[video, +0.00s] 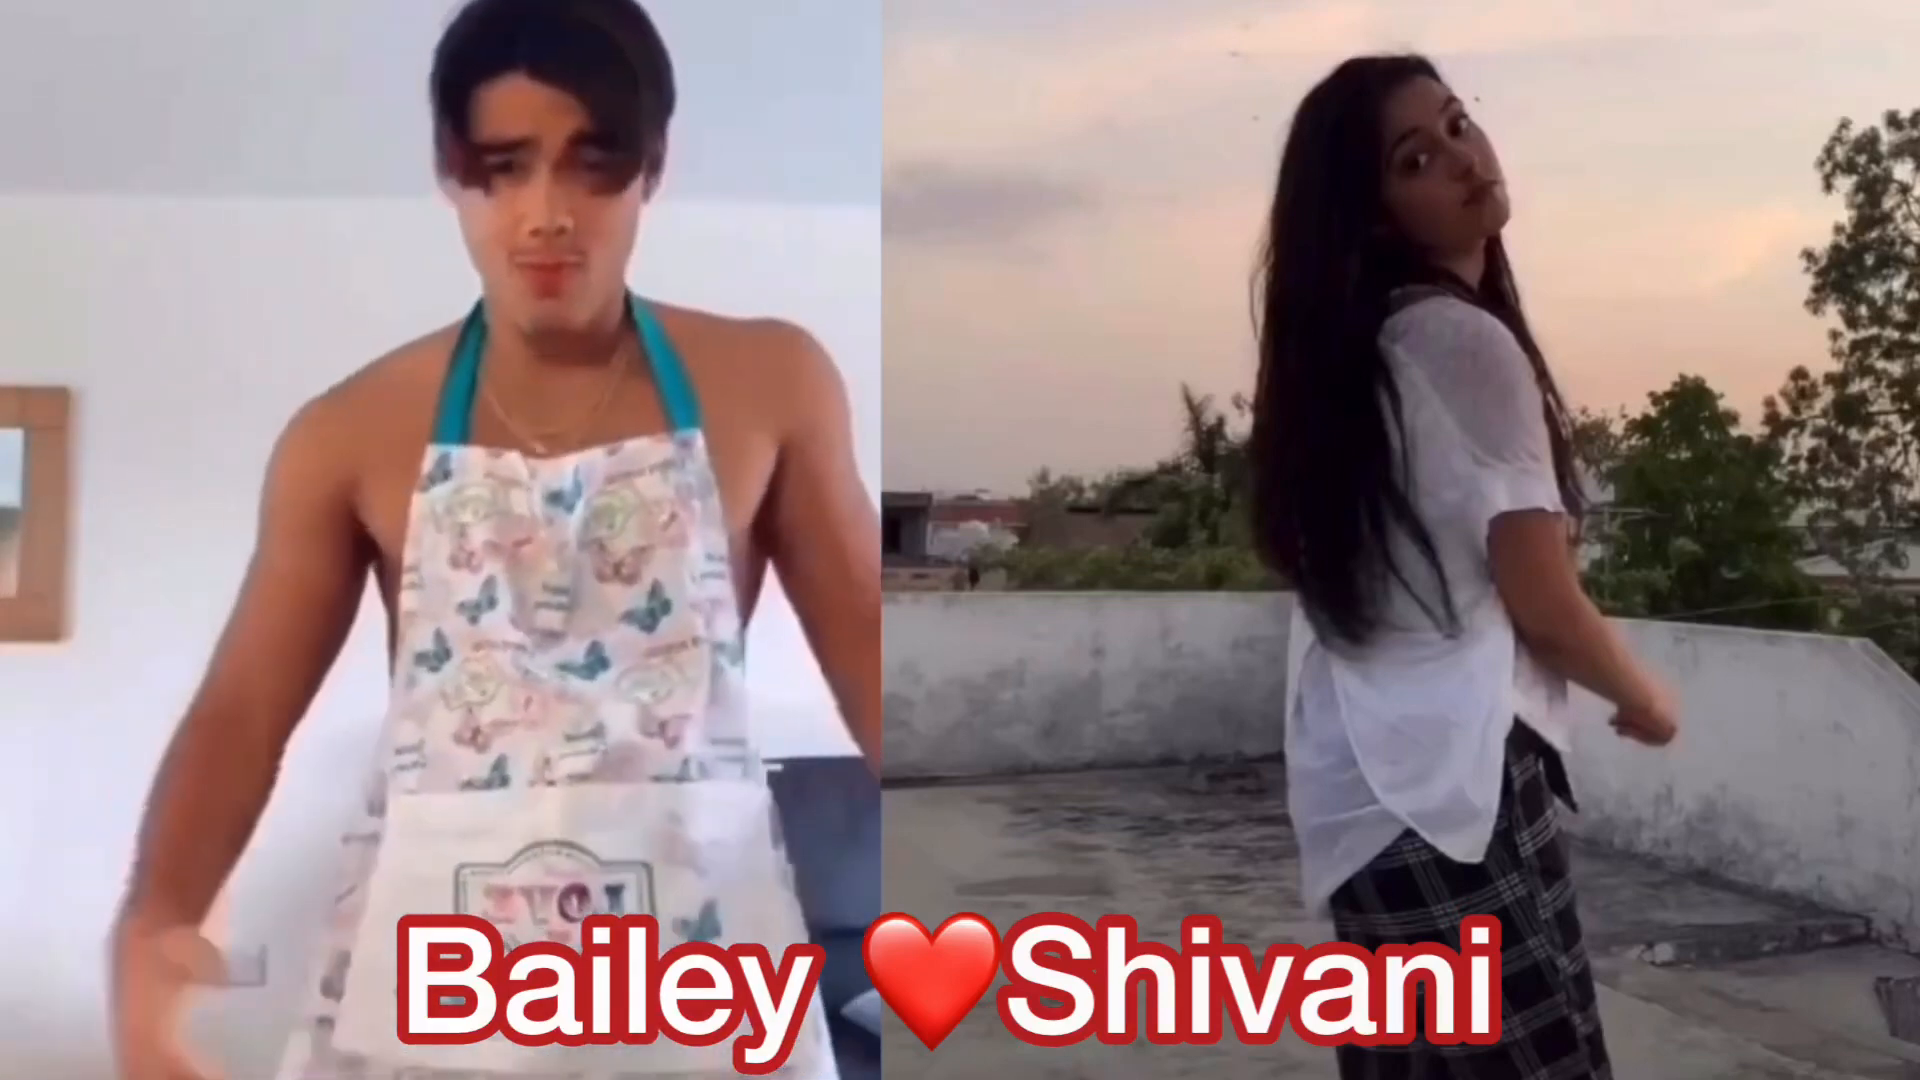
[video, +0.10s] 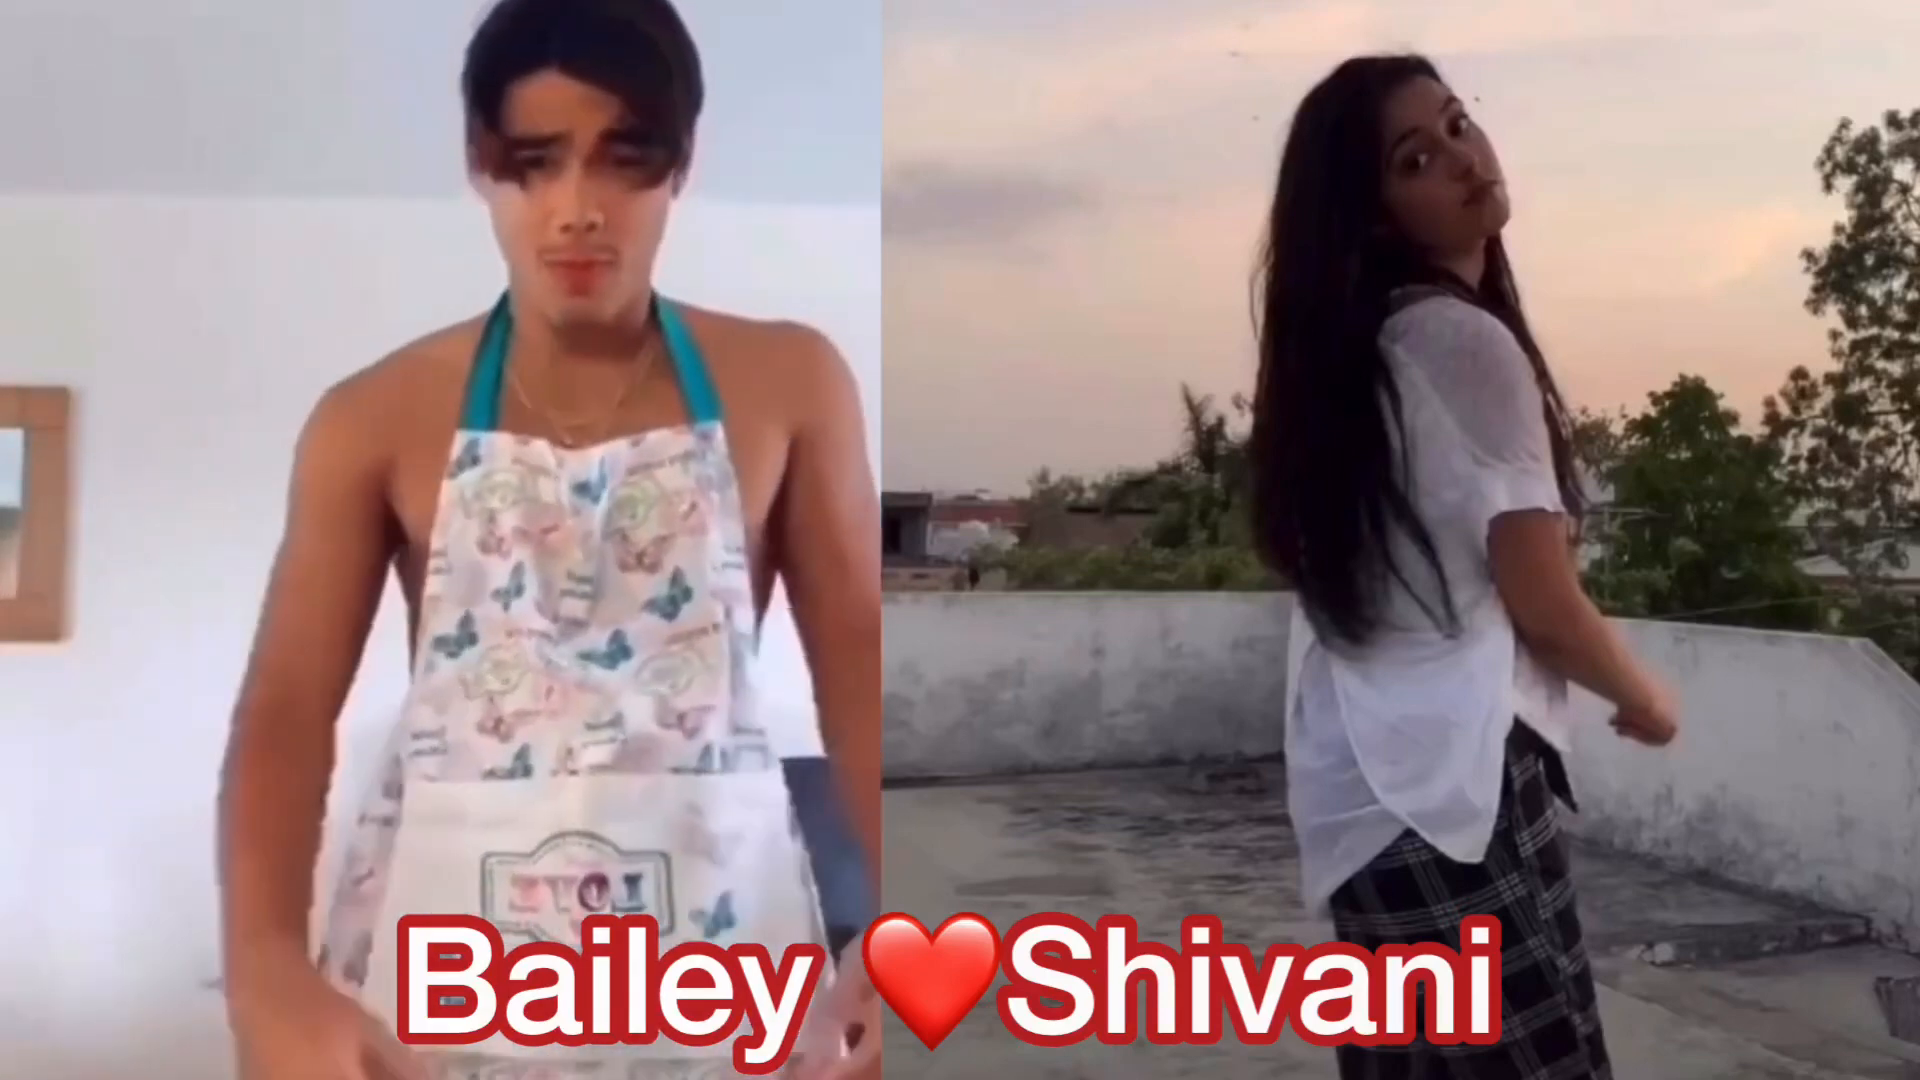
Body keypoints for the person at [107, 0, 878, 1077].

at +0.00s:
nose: (546, 214)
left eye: (594, 164)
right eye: (502, 168)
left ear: (652, 173)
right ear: (451, 178)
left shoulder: (771, 387)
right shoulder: (354, 436)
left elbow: (888, 693)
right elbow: (242, 713)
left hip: (701, 933)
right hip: (439, 945)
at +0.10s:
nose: (577, 209)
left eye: (623, 159)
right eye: (531, 163)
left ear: (679, 170)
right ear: (481, 172)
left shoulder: (790, 386)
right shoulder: (377, 420)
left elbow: (851, 689)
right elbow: (285, 715)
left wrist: (867, 937)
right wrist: (268, 968)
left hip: (715, 918)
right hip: (451, 923)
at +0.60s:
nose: (517, 272)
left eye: (561, 231)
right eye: (477, 227)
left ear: (606, 249)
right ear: (421, 237)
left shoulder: (699, 461)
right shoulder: (297, 467)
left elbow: (811, 712)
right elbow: (255, 761)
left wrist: (736, 866)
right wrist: (294, 1038)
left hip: (630, 1002)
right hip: (375, 1002)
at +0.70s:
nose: (523, 279)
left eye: (567, 237)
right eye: (482, 234)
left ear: (615, 252)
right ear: (429, 242)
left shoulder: (712, 460)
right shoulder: (310, 472)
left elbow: (800, 686)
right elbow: (265, 768)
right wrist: (311, 1040)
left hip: (659, 1014)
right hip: (394, 1013)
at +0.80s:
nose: (536, 264)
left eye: (579, 221)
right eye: (494, 220)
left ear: (630, 235)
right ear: (444, 230)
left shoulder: (727, 434)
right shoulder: (324, 449)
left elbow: (761, 623)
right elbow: (276, 747)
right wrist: (320, 1025)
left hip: (683, 1007)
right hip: (415, 1008)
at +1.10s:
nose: (544, 263)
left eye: (590, 220)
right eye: (503, 217)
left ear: (641, 232)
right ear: (451, 224)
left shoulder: (735, 442)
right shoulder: (333, 453)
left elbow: (891, 617)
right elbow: (279, 748)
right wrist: (300, 1014)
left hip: (675, 984)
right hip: (417, 987)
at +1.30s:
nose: (533, 261)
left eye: (578, 215)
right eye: (490, 215)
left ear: (635, 231)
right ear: (442, 228)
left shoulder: (733, 441)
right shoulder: (315, 455)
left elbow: (907, 705)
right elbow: (263, 765)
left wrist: (851, 467)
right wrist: (210, 1022)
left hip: (660, 986)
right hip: (388, 987)